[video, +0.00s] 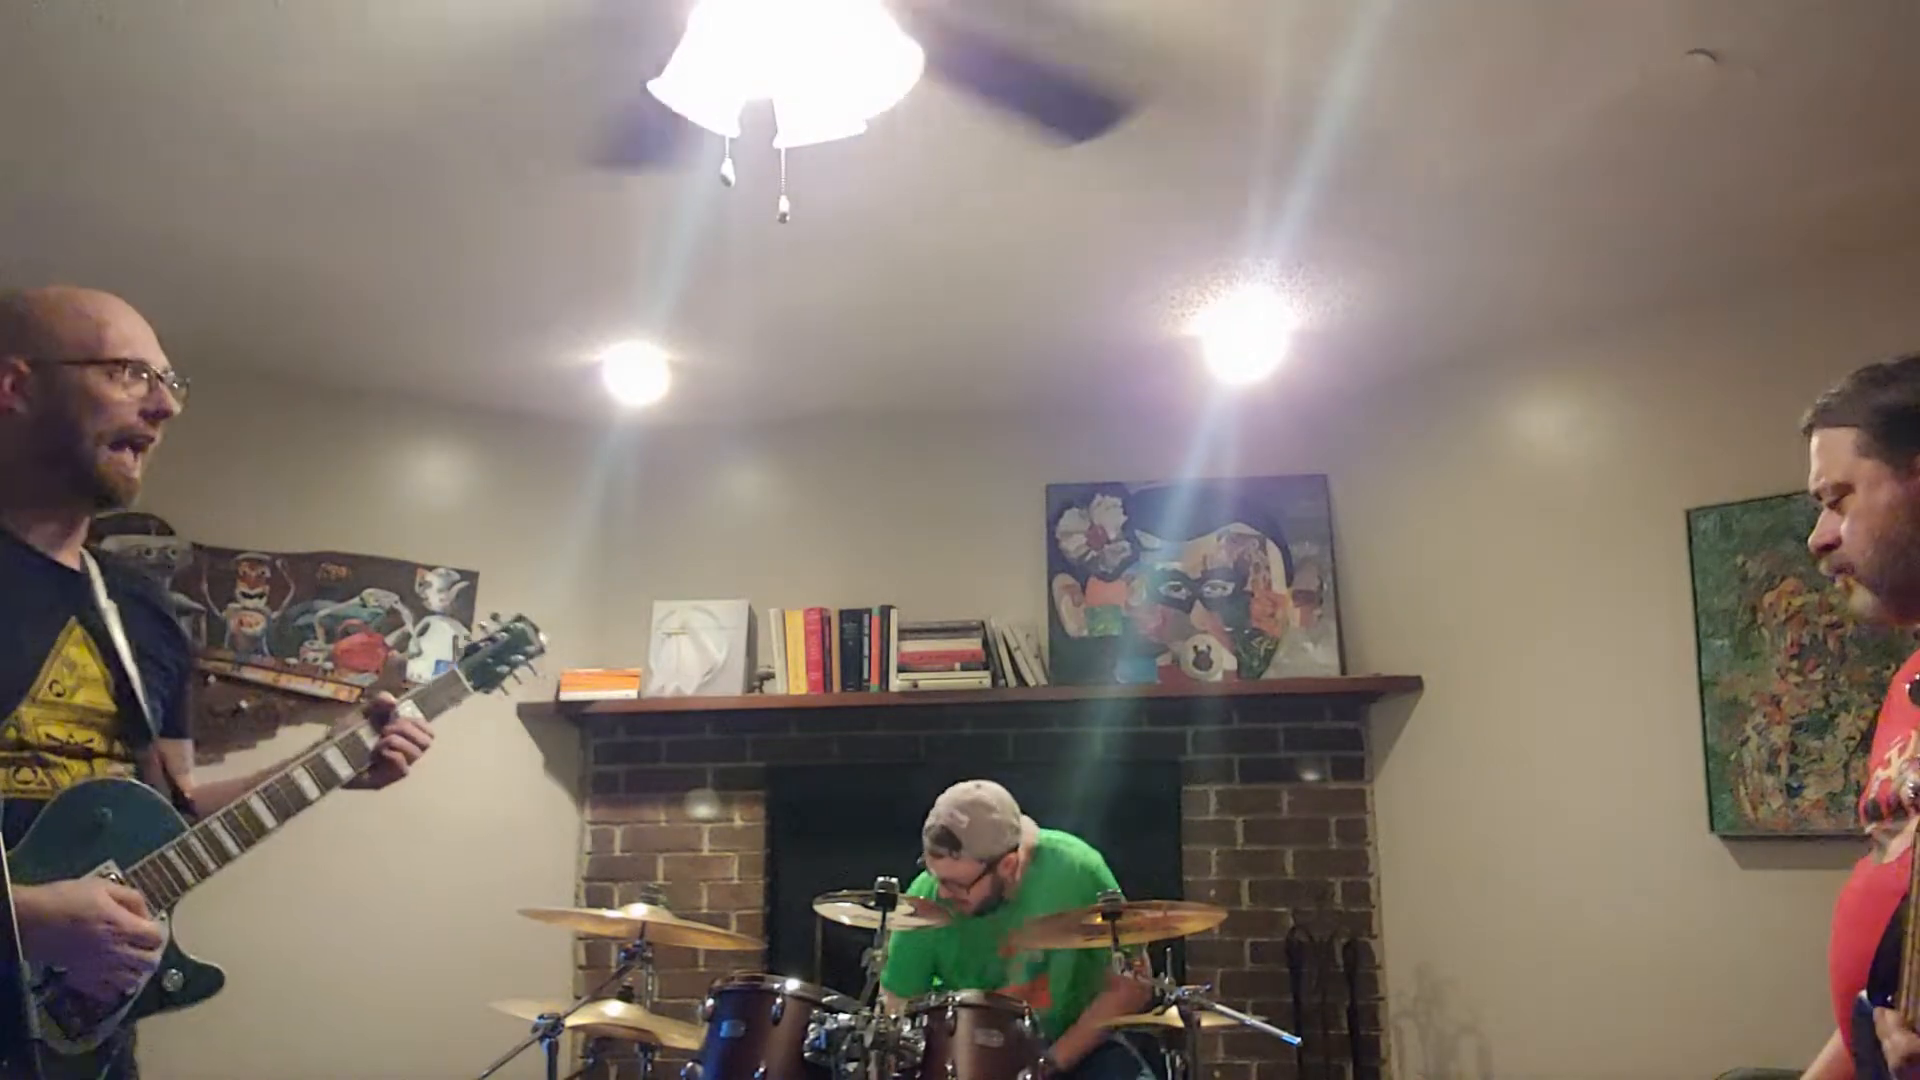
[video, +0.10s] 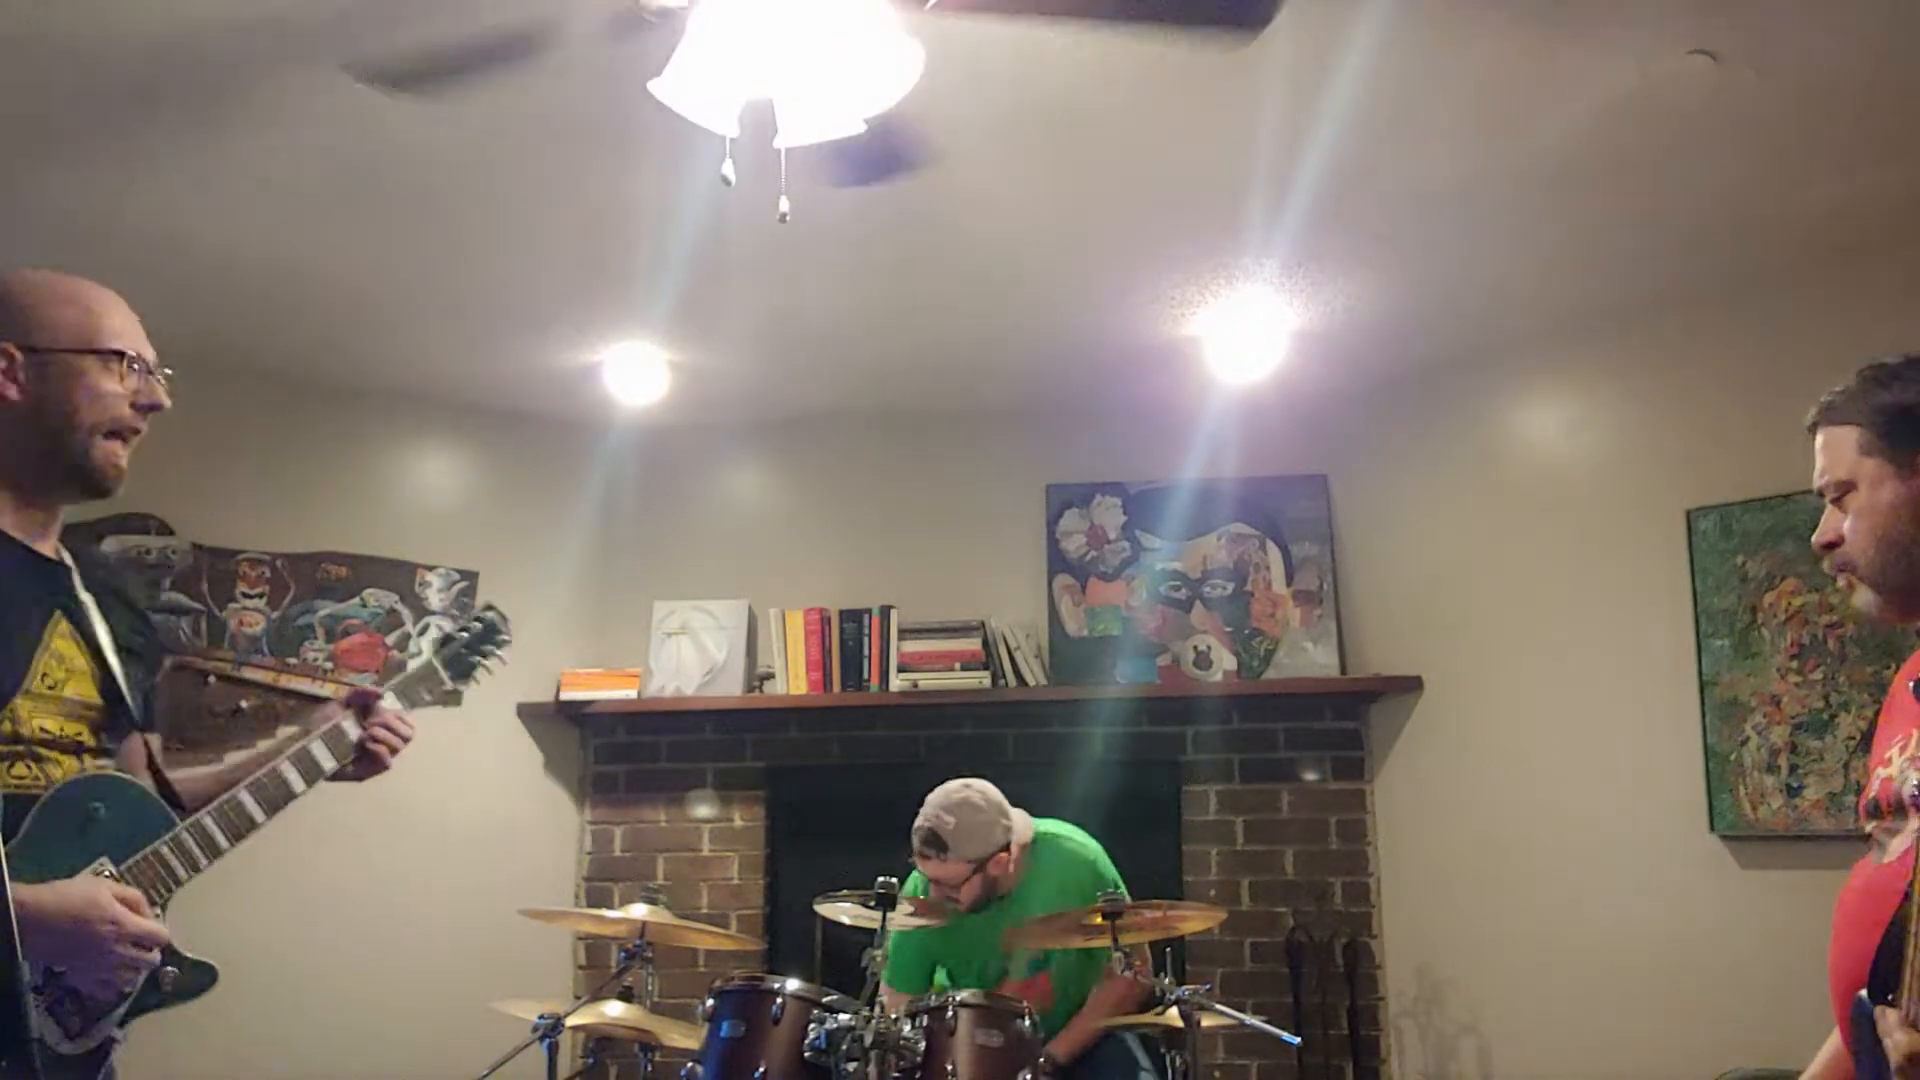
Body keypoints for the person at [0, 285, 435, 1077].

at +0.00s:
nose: (166, 404)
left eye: (166, 381)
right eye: (128, 372)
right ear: (16, 385)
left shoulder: (142, 618)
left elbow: (176, 793)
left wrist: (336, 758)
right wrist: (26, 920)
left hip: (89, 1037)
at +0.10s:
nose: (156, 398)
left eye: (153, 374)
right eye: (124, 363)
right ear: (11, 373)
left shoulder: (95, 600)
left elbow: (135, 790)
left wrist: (311, 750)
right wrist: (25, 914)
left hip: (58, 1033)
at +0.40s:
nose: (113, 404)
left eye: (111, 374)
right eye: (100, 368)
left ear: (19, 361)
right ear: (17, 359)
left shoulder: (19, 589)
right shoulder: (16, 590)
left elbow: (49, 789)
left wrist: (207, 743)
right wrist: (49, 923)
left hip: (37, 1025)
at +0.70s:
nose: (64, 394)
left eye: (66, 361)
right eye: (59, 355)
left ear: (12, 349)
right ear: (5, 345)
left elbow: (0, 766)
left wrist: (91, 749)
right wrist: (61, 926)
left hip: (22, 1023)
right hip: (12, 1029)